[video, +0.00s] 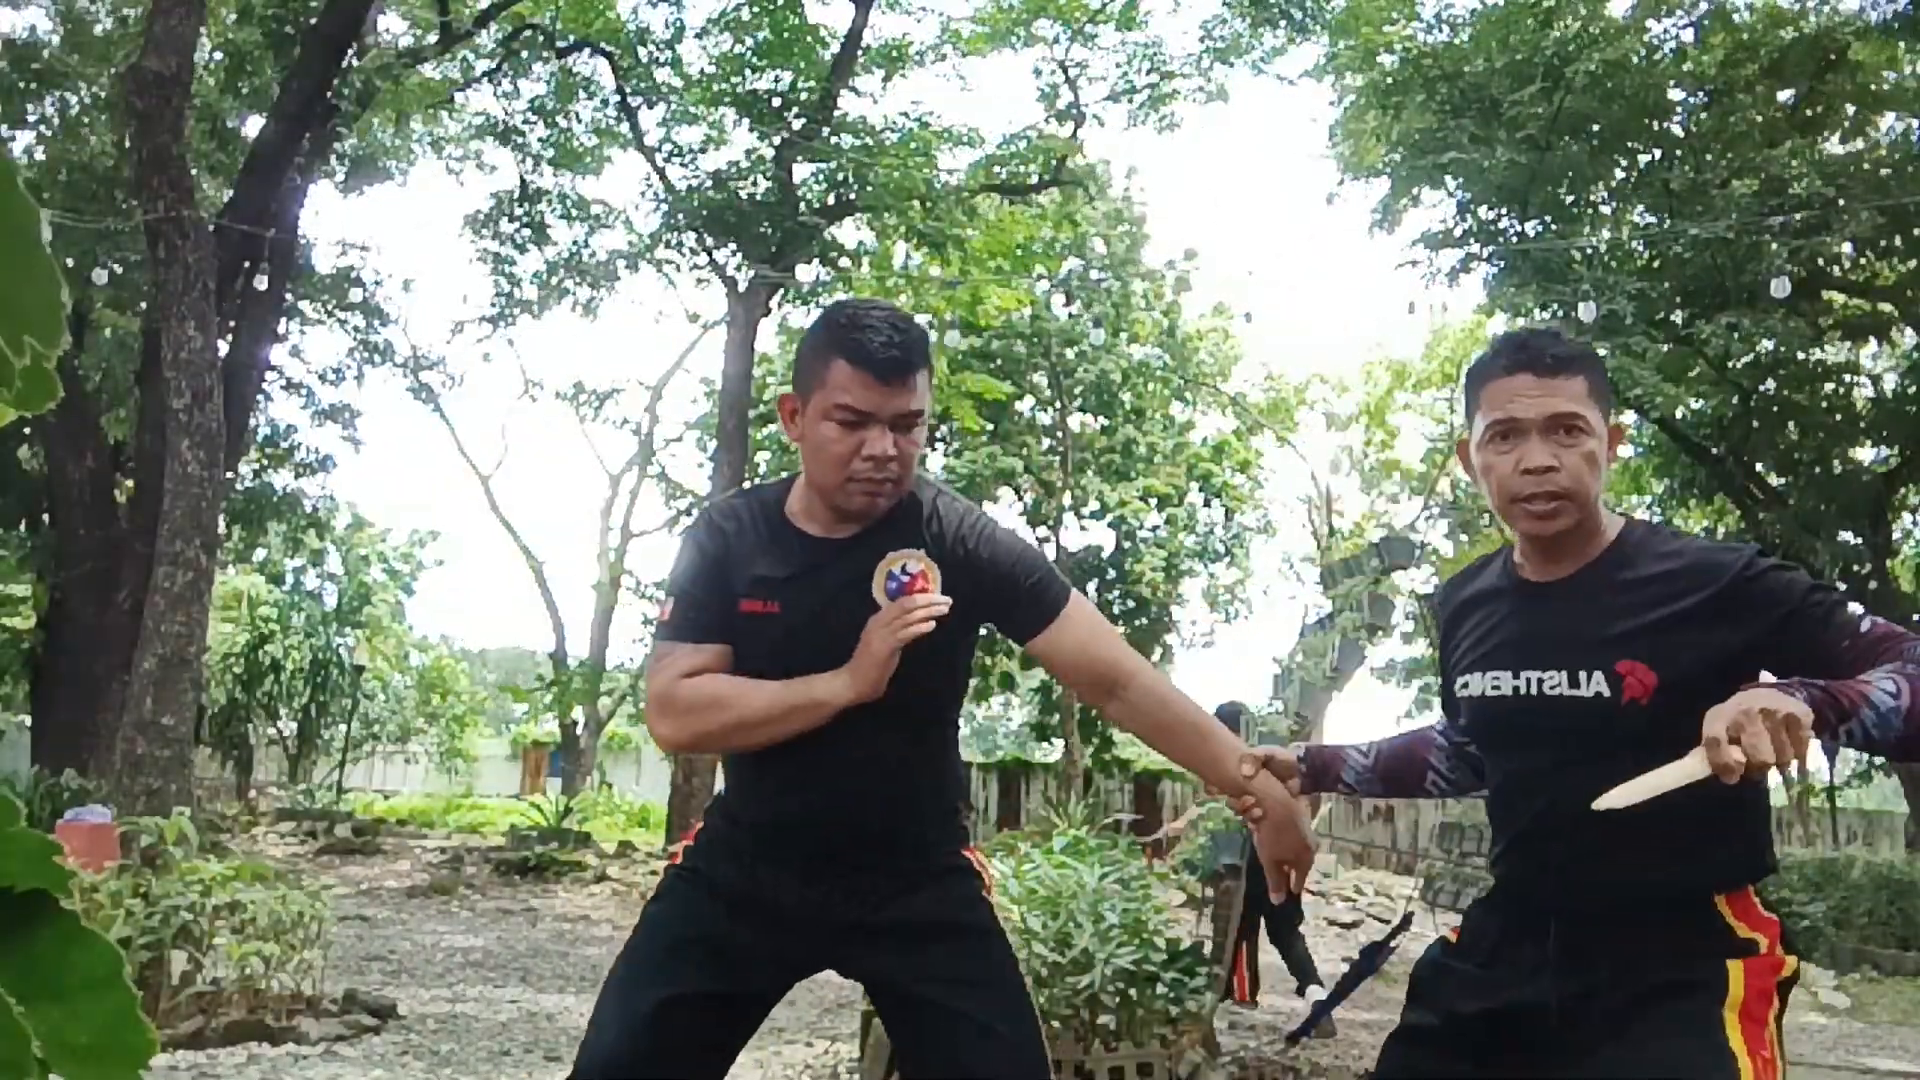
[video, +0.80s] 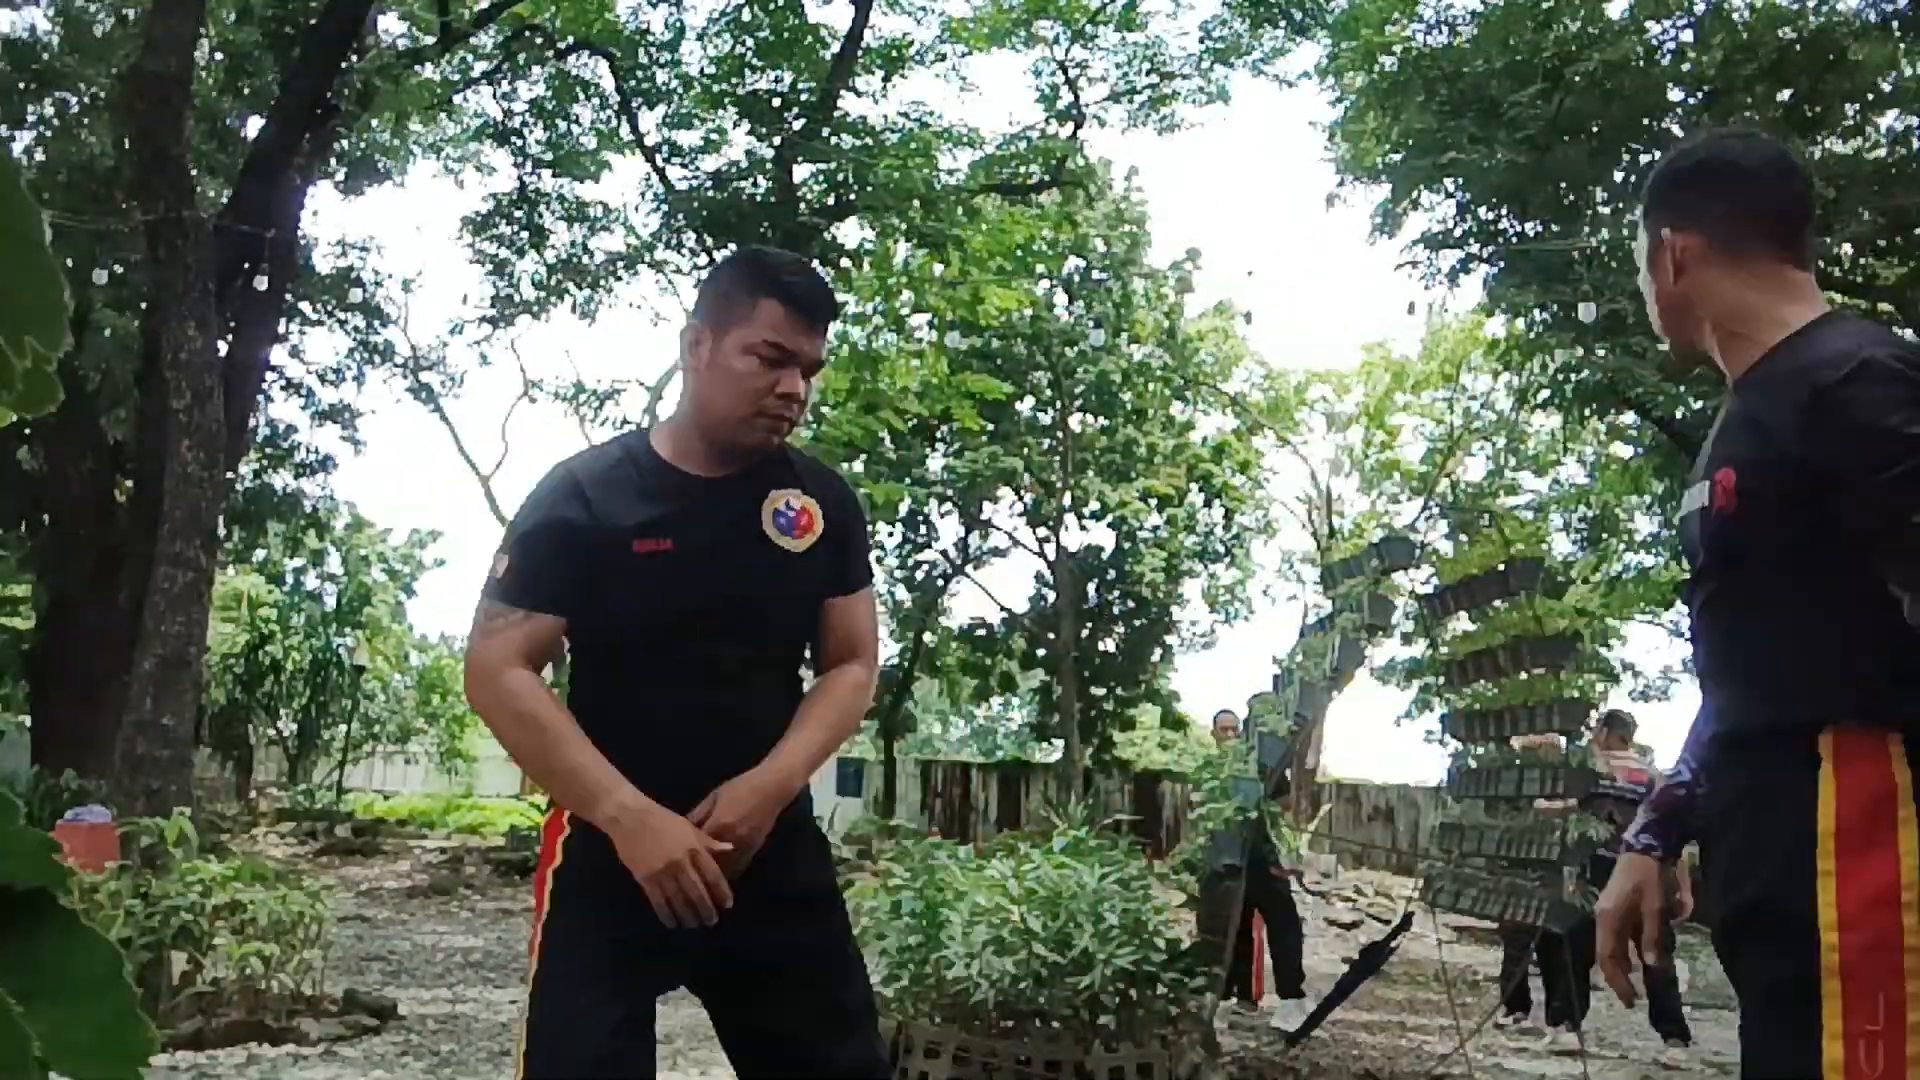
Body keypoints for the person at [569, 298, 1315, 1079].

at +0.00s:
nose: (883, 450)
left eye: (905, 425)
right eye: (853, 422)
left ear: (927, 422)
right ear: (793, 417)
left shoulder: (965, 548)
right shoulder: (726, 538)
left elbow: (1117, 680)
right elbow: (673, 715)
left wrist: (1258, 788)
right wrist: (842, 684)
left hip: (919, 885)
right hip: (747, 872)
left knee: (1005, 1070)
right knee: (616, 1064)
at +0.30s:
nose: (882, 438)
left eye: (904, 413)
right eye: (854, 411)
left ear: (926, 415)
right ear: (793, 410)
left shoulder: (969, 544)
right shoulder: (730, 531)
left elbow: (1094, 698)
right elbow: (675, 708)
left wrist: (1209, 856)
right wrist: (845, 678)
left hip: (923, 885)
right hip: (749, 873)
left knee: (1013, 1069)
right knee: (615, 1065)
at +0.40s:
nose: (882, 425)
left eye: (904, 402)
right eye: (852, 399)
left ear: (925, 407)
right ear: (791, 401)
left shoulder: (967, 538)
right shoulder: (730, 526)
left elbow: (1056, 714)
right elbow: (671, 701)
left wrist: (1125, 899)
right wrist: (843, 674)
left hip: (921, 873)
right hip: (755, 865)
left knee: (1011, 1068)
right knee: (620, 1063)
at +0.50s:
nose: (873, 415)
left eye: (895, 392)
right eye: (844, 388)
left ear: (914, 398)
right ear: (783, 393)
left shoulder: (961, 533)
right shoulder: (716, 526)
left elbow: (1007, 722)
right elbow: (671, 702)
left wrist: (1024, 913)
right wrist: (842, 671)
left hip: (917, 867)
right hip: (754, 862)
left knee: (1003, 1060)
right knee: (621, 1062)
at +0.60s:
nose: (845, 407)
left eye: (863, 384)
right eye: (816, 378)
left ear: (880, 391)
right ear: (750, 380)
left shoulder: (924, 520)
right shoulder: (679, 529)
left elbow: (957, 705)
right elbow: (651, 710)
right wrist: (834, 709)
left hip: (894, 865)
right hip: (722, 867)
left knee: (986, 1065)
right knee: (605, 1066)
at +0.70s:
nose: (802, 396)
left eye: (821, 376)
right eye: (776, 366)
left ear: (834, 384)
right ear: (706, 361)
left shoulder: (858, 510)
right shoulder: (614, 512)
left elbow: (899, 684)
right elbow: (574, 700)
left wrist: (778, 809)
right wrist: (736, 790)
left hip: (818, 866)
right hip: (646, 867)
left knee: (904, 1062)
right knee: (582, 1063)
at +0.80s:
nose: (791, 389)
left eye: (808, 371)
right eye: (770, 358)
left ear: (817, 376)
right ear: (697, 343)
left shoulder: (818, 501)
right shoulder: (583, 493)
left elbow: (852, 668)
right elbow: (495, 672)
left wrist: (771, 784)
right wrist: (625, 814)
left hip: (774, 863)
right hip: (606, 867)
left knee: (843, 1064)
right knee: (578, 1065)